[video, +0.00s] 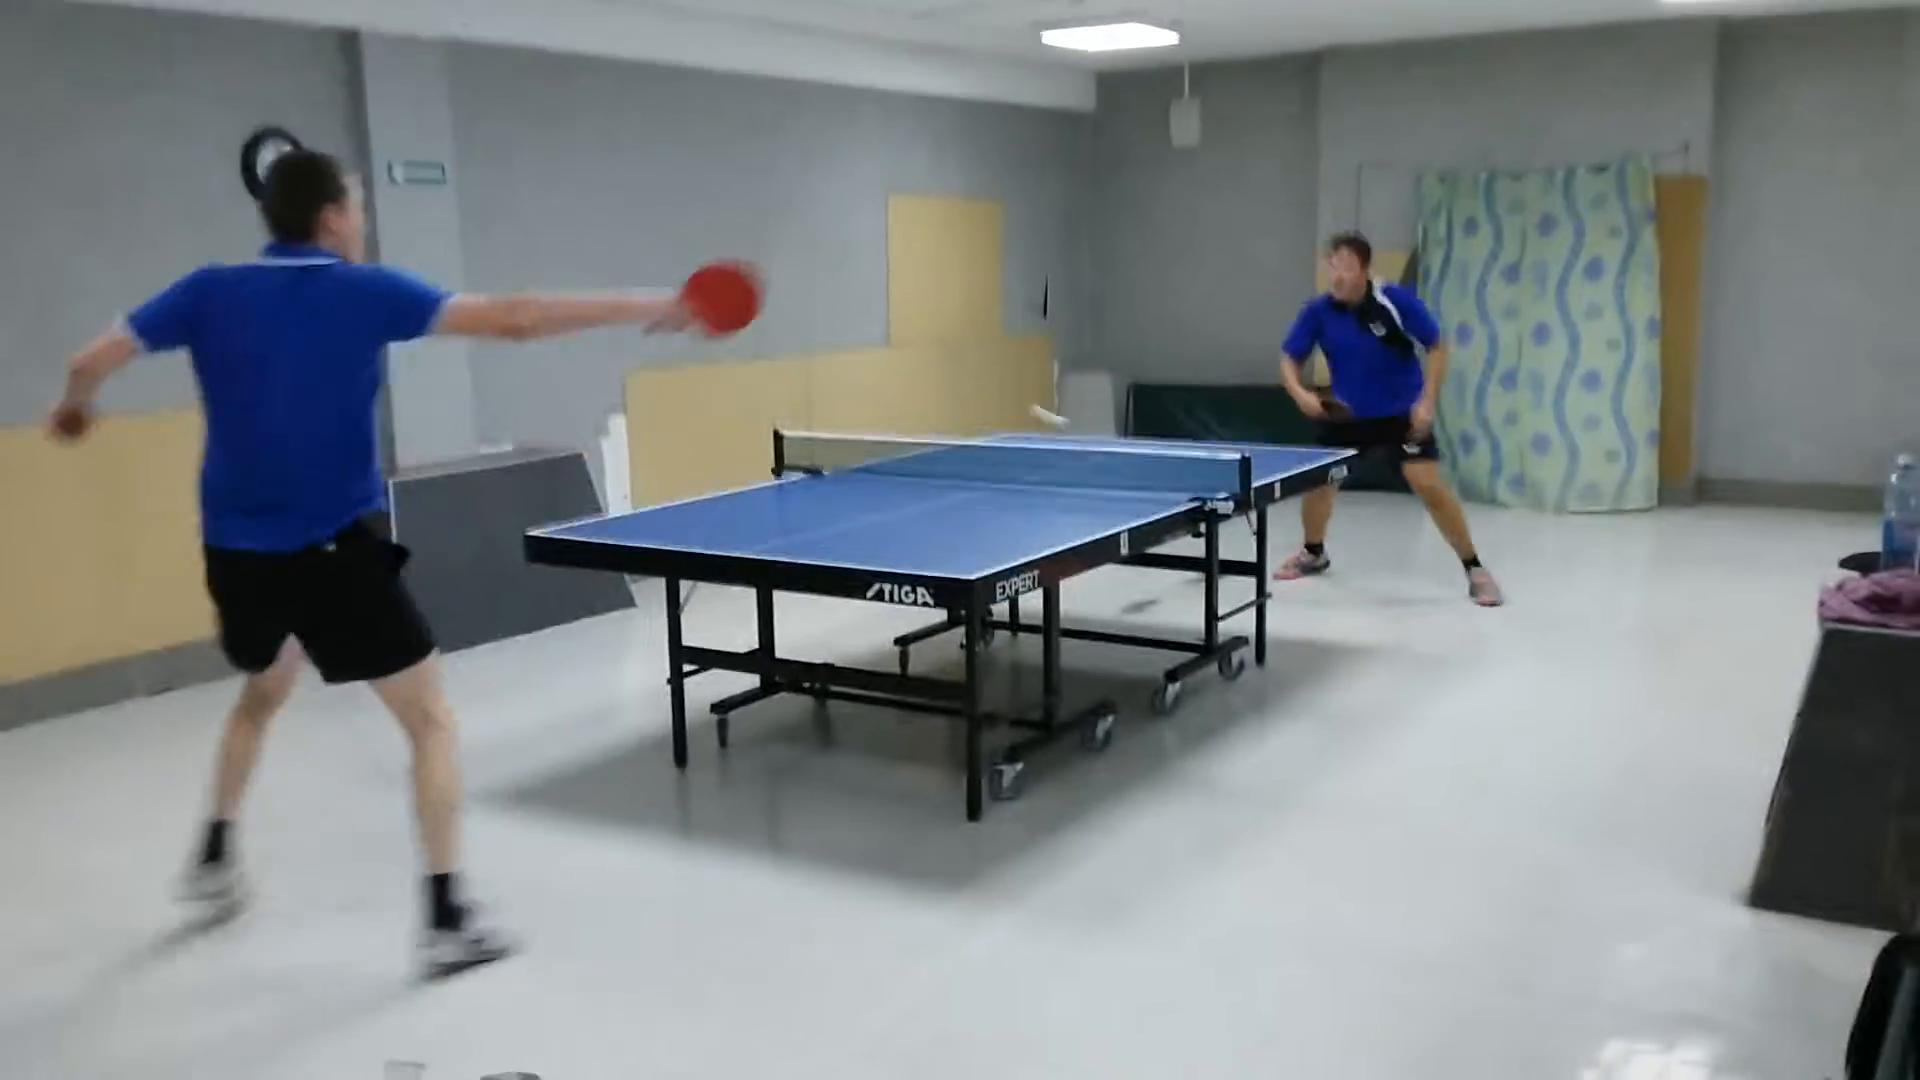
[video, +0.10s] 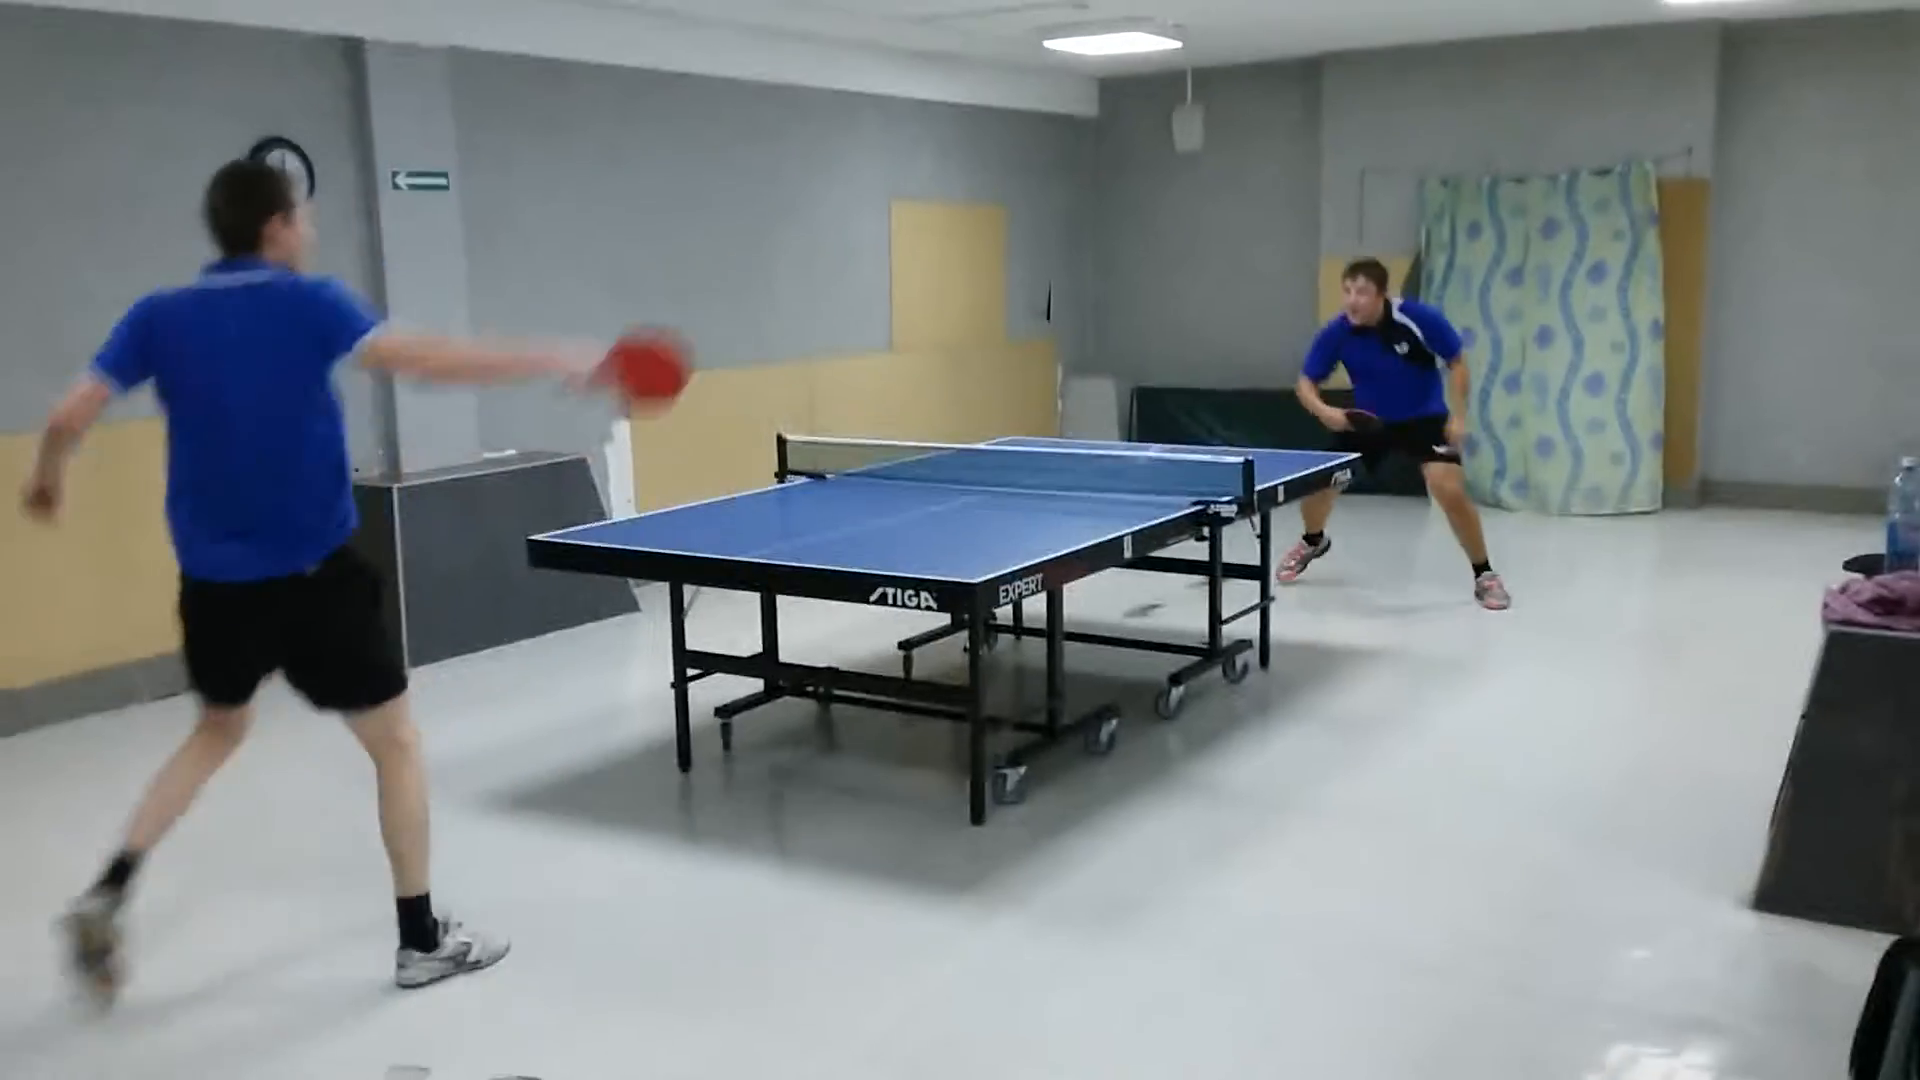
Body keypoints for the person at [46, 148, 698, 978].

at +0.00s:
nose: (360, 220)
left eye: (354, 206)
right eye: (353, 207)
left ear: (275, 218)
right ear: (330, 216)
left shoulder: (212, 291)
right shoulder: (363, 292)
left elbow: (91, 359)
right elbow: (510, 319)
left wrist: (73, 408)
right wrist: (647, 308)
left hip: (237, 555)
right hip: (338, 551)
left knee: (266, 683)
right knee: (430, 721)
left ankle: (212, 856)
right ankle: (447, 920)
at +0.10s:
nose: (307, 230)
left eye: (301, 214)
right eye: (300, 217)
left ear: (221, 230)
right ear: (277, 227)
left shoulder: (161, 315)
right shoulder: (309, 302)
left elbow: (65, 418)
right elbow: (411, 357)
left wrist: (46, 477)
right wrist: (558, 361)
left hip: (215, 587)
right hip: (318, 578)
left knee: (218, 725)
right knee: (396, 744)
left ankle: (109, 889)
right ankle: (421, 937)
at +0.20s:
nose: (278, 280)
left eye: (275, 264)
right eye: (272, 265)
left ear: (194, 280)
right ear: (242, 274)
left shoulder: (132, 367)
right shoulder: (267, 355)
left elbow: (68, 492)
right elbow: (334, 455)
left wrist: (101, 572)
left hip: (171, 634)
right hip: (273, 621)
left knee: (142, 792)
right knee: (391, 748)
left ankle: (29, 979)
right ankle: (427, 932)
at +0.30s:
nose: (250, 286)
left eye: (245, 269)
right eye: (243, 271)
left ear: (163, 284)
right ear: (213, 279)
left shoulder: (99, 370)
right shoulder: (223, 375)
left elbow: (52, 490)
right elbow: (266, 513)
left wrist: (128, 542)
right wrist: (383, 583)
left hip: (104, 645)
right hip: (204, 635)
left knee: (88, 813)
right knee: (339, 757)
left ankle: (3, 1004)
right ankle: (410, 945)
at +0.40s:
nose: (252, 282)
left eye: (247, 266)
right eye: (244, 267)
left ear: (168, 280)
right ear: (213, 277)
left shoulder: (91, 354)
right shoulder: (220, 375)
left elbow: (37, 475)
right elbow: (234, 520)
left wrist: (138, 508)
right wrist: (341, 601)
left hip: (51, 620)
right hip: (152, 617)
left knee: (84, 787)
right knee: (287, 772)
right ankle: (320, 980)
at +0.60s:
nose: (221, 390)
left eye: (217, 374)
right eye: (215, 375)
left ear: (137, 386)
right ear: (188, 383)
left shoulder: (75, 452)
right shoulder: (183, 475)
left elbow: (62, 567)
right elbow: (251, 623)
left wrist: (166, 608)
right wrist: (343, 643)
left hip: (3, 700)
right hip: (70, 709)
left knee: (47, 818)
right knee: (241, 842)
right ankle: (219, 1058)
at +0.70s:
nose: (187, 422)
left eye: (184, 406)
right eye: (181, 407)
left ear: (104, 418)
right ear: (152, 414)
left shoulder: (36, 478)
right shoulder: (154, 499)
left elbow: (44, 593)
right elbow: (218, 649)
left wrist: (143, 629)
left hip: (1, 713)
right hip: (49, 719)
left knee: (22, 823)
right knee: (223, 851)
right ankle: (216, 1057)